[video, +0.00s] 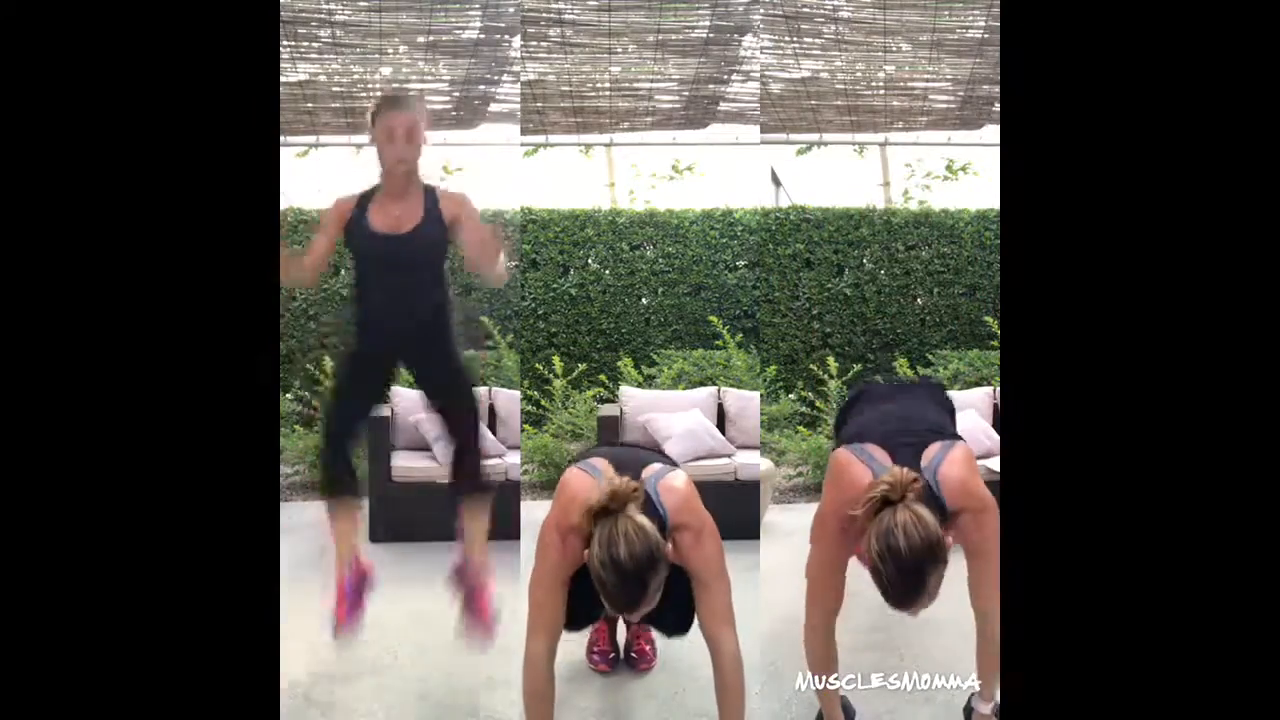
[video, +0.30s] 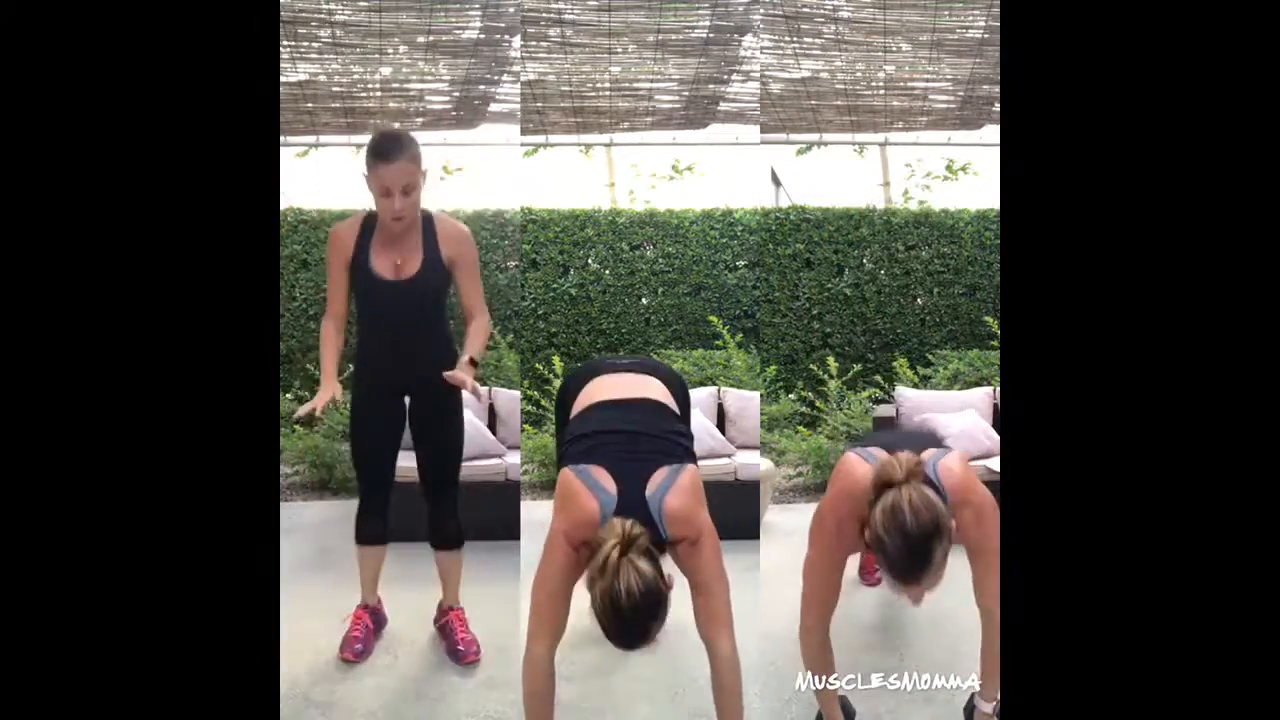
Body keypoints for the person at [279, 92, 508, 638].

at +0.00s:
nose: (402, 144)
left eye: (411, 133)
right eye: (391, 135)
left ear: (424, 139)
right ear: (374, 140)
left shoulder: (449, 206)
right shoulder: (349, 210)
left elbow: (490, 273)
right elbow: (305, 270)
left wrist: (492, 248)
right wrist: (282, 260)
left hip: (433, 346)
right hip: (372, 347)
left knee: (470, 442)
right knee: (335, 445)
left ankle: (475, 566)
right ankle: (351, 567)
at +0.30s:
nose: (396, 204)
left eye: (407, 191)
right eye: (385, 192)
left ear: (423, 181)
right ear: (370, 185)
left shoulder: (452, 237)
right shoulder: (348, 237)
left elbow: (478, 315)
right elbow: (334, 317)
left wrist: (466, 363)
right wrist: (329, 379)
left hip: (436, 383)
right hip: (374, 384)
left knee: (443, 499)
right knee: (373, 498)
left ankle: (451, 610)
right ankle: (369, 607)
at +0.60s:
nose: (404, 334)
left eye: (413, 323)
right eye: (392, 325)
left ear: (428, 310)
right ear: (376, 316)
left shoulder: (456, 329)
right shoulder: (352, 335)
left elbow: (494, 412)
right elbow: (314, 433)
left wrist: (497, 492)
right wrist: (308, 531)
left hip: (439, 398)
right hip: (377, 399)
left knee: (448, 501)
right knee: (367, 503)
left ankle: (451, 610)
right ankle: (370, 607)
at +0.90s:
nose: (410, 562)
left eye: (418, 556)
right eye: (400, 557)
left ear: (438, 512)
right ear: (380, 513)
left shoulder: (455, 477)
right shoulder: (358, 475)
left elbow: (478, 595)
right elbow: (337, 599)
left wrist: (482, 695)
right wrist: (324, 702)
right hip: (368, 377)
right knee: (361, 514)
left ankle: (452, 609)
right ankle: (369, 607)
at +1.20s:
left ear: (437, 553)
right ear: (366, 553)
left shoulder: (459, 499)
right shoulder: (350, 500)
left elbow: (485, 613)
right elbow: (322, 616)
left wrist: (481, 701)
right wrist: (325, 707)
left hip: (437, 428)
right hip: (367, 429)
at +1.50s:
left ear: (439, 552)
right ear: (366, 558)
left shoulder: (458, 500)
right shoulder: (352, 494)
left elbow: (485, 612)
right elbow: (323, 613)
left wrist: (481, 702)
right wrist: (325, 707)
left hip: (435, 419)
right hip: (369, 419)